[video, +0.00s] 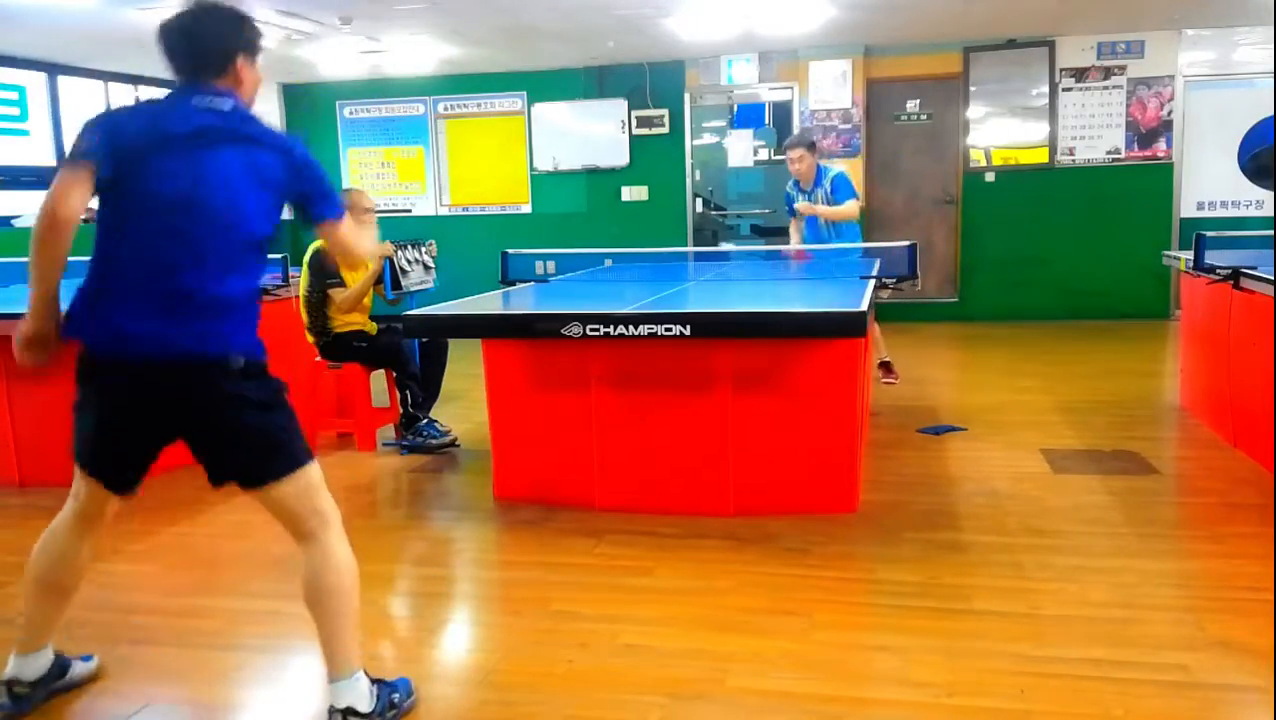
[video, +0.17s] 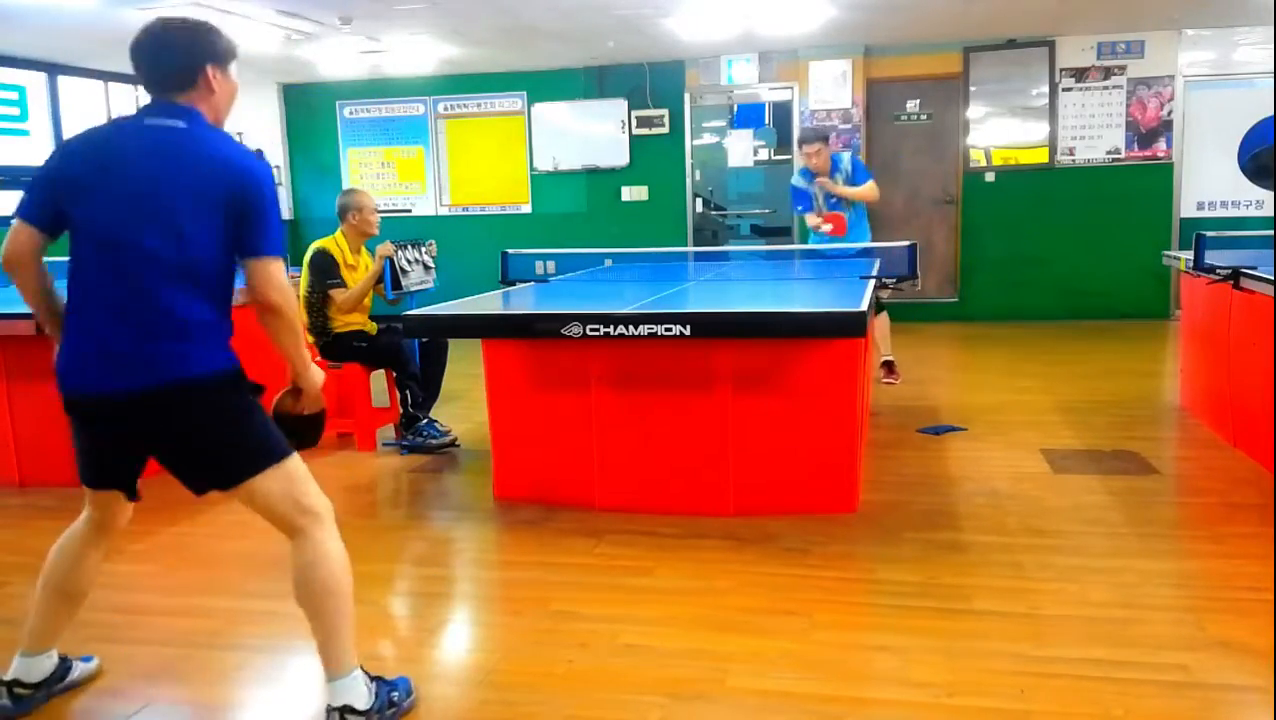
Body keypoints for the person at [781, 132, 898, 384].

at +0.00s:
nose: (794, 167)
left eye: (799, 160)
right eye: (790, 162)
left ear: (814, 157)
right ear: (786, 163)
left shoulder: (837, 178)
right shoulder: (792, 189)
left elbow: (853, 211)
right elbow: (795, 221)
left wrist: (816, 210)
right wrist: (796, 244)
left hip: (846, 258)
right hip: (814, 259)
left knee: (862, 309)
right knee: (814, 310)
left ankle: (883, 360)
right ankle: (814, 365)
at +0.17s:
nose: (813, 161)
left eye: (818, 153)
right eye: (807, 156)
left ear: (828, 148)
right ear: (800, 155)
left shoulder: (848, 162)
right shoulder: (800, 179)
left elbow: (873, 193)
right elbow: (807, 216)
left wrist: (837, 189)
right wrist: (816, 222)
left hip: (858, 247)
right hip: (822, 251)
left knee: (874, 302)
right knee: (822, 305)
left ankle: (887, 359)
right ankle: (826, 363)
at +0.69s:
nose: (817, 162)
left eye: (822, 156)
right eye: (813, 157)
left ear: (836, 154)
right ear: (808, 157)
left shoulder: (855, 175)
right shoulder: (803, 184)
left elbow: (888, 200)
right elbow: (796, 222)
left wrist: (864, 212)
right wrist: (795, 238)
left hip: (857, 257)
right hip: (821, 260)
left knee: (875, 307)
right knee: (818, 311)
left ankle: (900, 352)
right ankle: (820, 363)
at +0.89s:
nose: (847, 159)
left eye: (852, 152)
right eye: (842, 153)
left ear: (867, 150)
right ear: (838, 155)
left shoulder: (885, 173)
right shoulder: (839, 180)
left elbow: (919, 202)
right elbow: (827, 209)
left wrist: (892, 216)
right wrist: (812, 234)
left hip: (888, 253)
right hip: (853, 254)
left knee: (900, 305)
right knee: (849, 306)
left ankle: (921, 354)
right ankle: (848, 360)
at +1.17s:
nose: (858, 156)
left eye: (863, 149)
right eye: (854, 150)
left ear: (878, 148)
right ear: (850, 151)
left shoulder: (897, 172)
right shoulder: (852, 177)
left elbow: (919, 207)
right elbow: (850, 208)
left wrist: (901, 220)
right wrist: (844, 234)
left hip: (899, 248)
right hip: (867, 249)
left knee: (909, 299)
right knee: (858, 301)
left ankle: (931, 351)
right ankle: (855, 354)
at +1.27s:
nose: (866, 156)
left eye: (871, 149)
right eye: (861, 151)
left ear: (884, 146)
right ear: (857, 152)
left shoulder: (907, 163)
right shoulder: (858, 174)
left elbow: (940, 190)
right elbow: (863, 212)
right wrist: (874, 217)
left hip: (911, 240)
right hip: (878, 241)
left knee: (916, 295)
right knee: (863, 295)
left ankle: (932, 351)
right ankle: (858, 352)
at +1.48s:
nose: (879, 136)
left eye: (884, 130)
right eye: (874, 131)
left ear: (894, 128)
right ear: (867, 133)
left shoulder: (908, 145)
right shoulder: (864, 157)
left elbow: (934, 159)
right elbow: (874, 192)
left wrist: (954, 167)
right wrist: (883, 182)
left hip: (915, 230)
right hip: (881, 234)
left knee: (927, 288)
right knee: (868, 291)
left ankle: (940, 347)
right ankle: (859, 349)